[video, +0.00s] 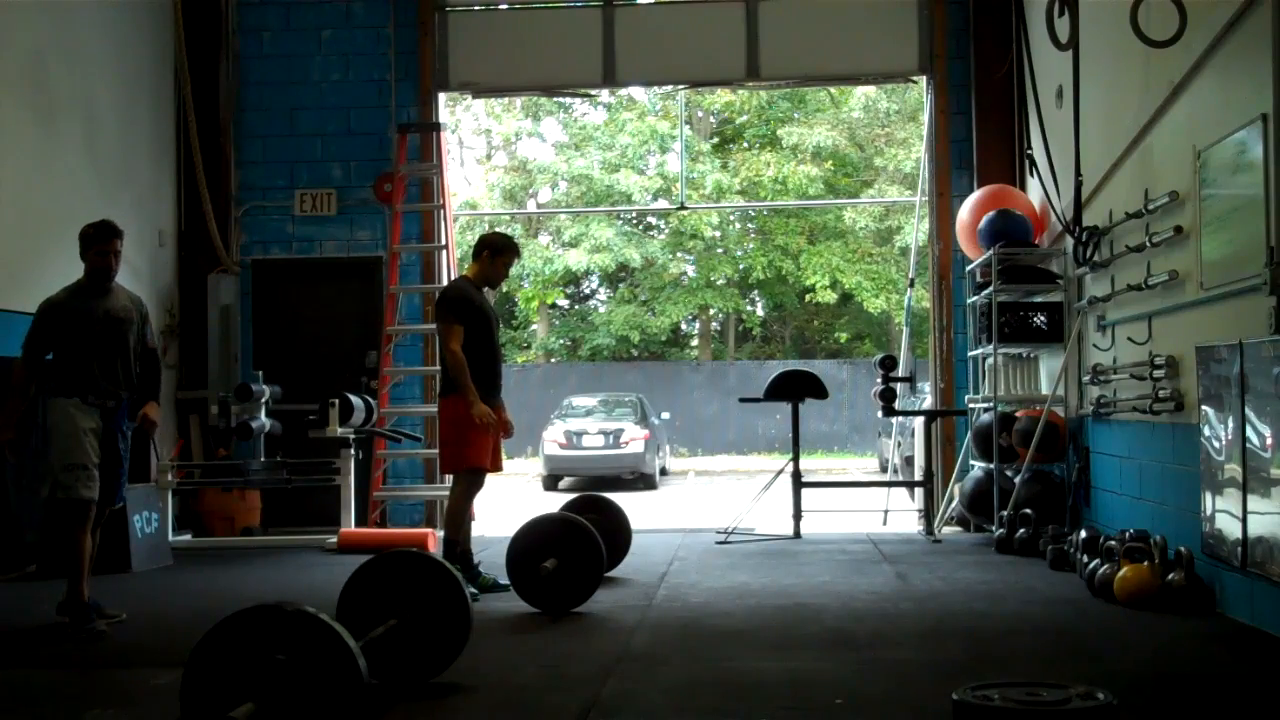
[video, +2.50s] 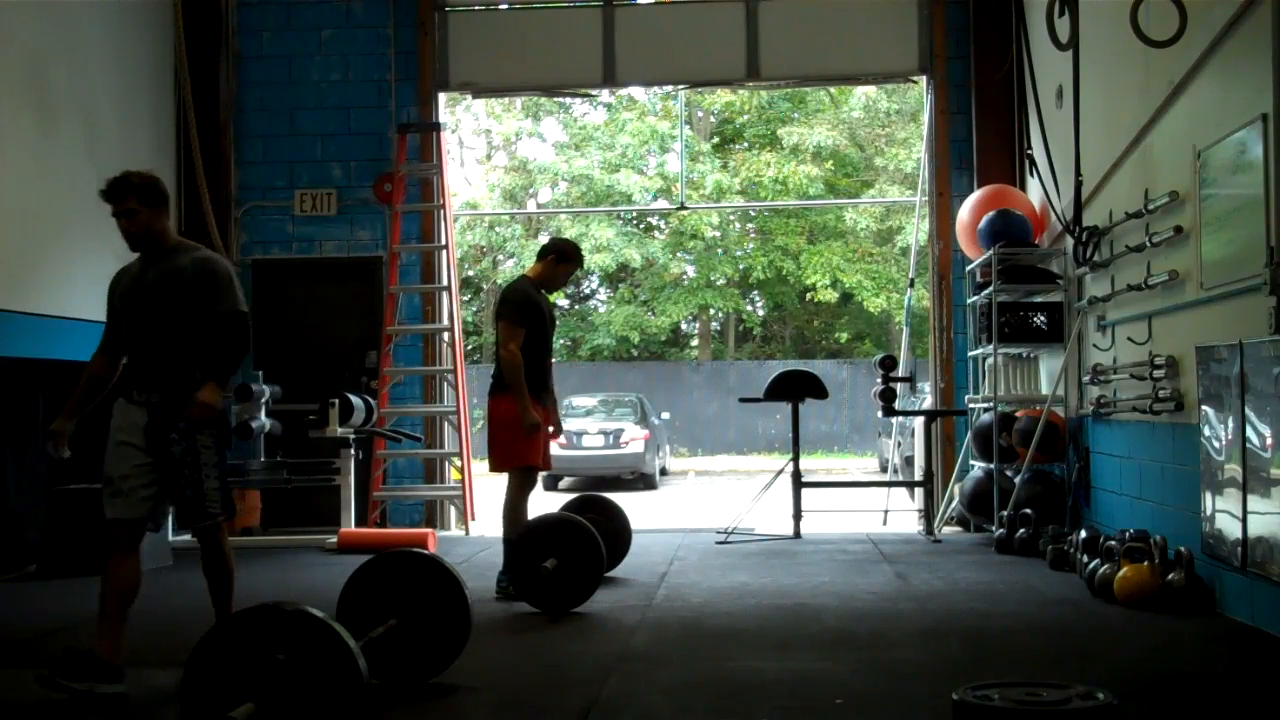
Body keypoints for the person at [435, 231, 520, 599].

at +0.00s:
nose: (507, 275)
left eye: (509, 269)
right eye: (505, 267)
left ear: (492, 261)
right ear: (486, 257)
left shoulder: (479, 298)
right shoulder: (457, 293)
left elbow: (486, 359)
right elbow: (451, 349)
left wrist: (499, 408)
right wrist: (474, 400)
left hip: (483, 404)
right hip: (463, 402)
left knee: (471, 483)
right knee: (466, 482)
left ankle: (464, 566)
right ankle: (453, 568)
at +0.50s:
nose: (508, 278)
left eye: (511, 271)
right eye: (507, 270)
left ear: (493, 261)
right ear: (488, 258)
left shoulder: (482, 299)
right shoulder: (455, 293)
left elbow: (490, 361)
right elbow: (441, 350)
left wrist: (508, 407)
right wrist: (454, 406)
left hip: (483, 405)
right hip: (464, 405)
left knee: (470, 485)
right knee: (469, 484)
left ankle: (467, 571)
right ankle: (466, 574)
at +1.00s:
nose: (509, 275)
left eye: (512, 268)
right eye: (509, 267)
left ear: (494, 258)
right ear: (490, 256)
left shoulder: (481, 294)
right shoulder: (460, 292)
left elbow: (486, 355)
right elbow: (456, 352)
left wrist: (499, 403)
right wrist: (479, 405)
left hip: (485, 406)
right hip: (464, 405)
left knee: (485, 482)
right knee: (466, 484)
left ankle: (471, 568)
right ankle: (467, 575)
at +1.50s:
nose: (520, 276)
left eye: (523, 269)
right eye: (520, 267)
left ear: (503, 258)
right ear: (502, 256)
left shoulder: (492, 294)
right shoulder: (472, 288)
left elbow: (508, 337)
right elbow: (475, 333)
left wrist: (526, 368)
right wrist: (513, 377)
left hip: (497, 401)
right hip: (474, 402)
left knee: (506, 481)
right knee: (475, 484)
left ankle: (514, 568)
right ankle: (469, 576)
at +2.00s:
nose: (548, 281)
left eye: (551, 274)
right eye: (549, 272)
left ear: (533, 260)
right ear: (533, 259)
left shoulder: (522, 300)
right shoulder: (501, 294)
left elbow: (535, 358)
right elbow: (504, 354)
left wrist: (564, 399)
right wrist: (533, 404)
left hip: (524, 401)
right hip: (504, 400)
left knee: (526, 481)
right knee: (512, 480)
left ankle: (526, 568)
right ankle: (477, 569)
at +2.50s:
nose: (566, 283)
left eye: (570, 278)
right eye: (567, 275)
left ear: (552, 263)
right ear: (552, 262)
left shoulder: (538, 299)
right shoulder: (518, 294)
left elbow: (542, 360)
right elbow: (509, 350)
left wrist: (551, 405)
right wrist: (525, 405)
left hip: (533, 401)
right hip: (516, 401)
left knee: (524, 483)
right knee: (521, 483)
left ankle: (518, 571)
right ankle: (512, 572)